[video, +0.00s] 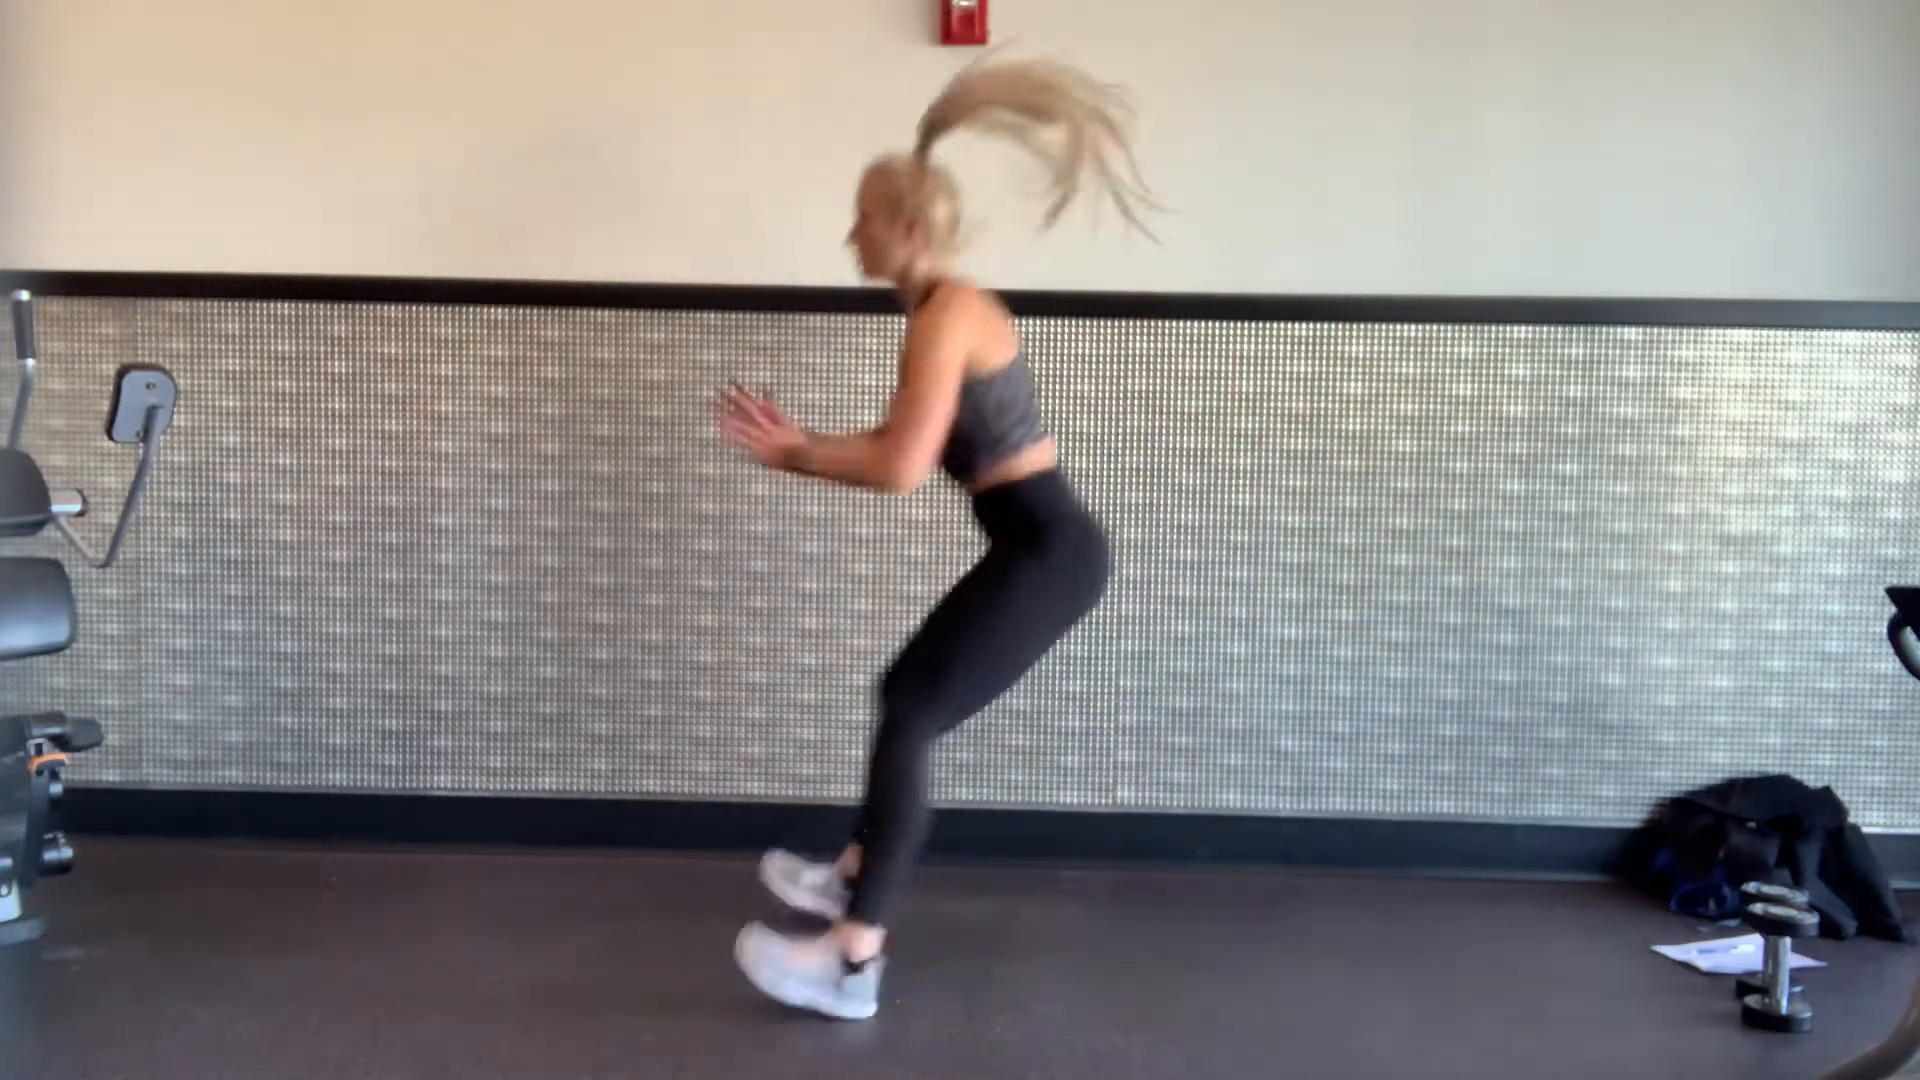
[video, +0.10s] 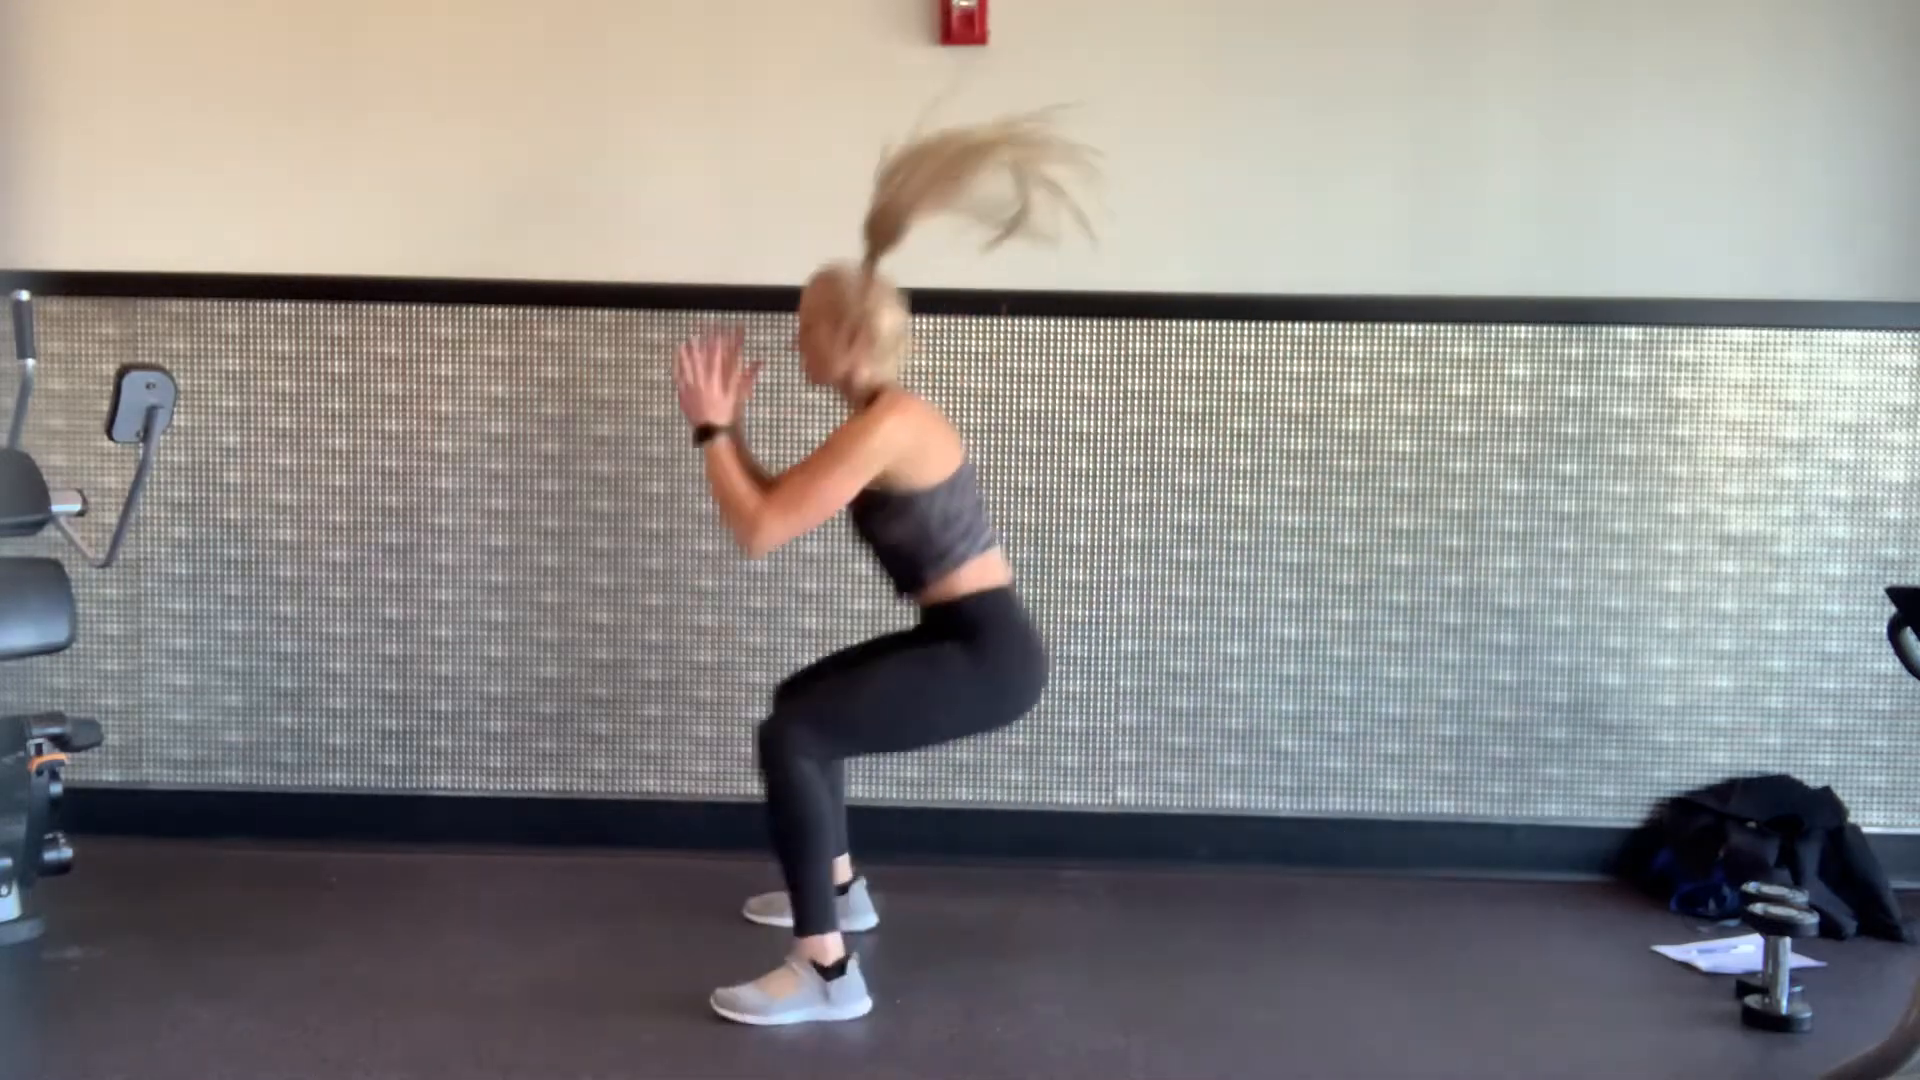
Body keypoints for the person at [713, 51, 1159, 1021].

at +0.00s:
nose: (853, 233)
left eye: (864, 219)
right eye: (857, 217)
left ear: (904, 231)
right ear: (917, 228)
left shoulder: (947, 316)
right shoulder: (947, 309)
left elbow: (902, 469)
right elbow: (901, 448)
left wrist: (793, 453)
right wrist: (802, 444)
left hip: (1051, 553)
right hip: (1035, 545)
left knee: (913, 712)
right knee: (904, 695)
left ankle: (857, 952)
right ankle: (854, 878)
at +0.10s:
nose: (797, 344)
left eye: (807, 329)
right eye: (801, 328)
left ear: (845, 338)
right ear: (866, 336)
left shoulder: (887, 423)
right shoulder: (885, 414)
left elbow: (759, 531)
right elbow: (773, 512)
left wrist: (709, 431)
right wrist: (726, 428)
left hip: (988, 655)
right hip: (970, 640)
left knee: (795, 733)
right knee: (798, 707)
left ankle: (824, 967)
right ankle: (837, 886)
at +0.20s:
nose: (739, 405)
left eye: (753, 395)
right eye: (745, 390)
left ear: (788, 418)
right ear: (806, 416)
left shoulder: (825, 493)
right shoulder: (830, 483)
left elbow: (681, 575)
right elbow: (699, 561)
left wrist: (673, 465)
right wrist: (683, 465)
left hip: (943, 717)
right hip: (924, 697)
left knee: (744, 751)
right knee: (757, 708)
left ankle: (823, 972)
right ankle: (831, 888)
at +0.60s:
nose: (642, 405)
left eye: (654, 394)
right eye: (646, 391)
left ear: (694, 410)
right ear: (710, 409)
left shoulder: (733, 489)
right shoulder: (755, 473)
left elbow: (660, 639)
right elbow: (672, 604)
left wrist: (579, 565)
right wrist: (606, 546)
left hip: (909, 672)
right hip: (896, 655)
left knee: (716, 760)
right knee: (737, 715)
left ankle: (820, 965)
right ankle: (835, 890)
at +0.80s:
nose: (664, 303)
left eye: (679, 291)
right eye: (671, 289)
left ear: (721, 311)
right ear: (741, 310)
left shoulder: (754, 409)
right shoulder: (784, 387)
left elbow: (769, 567)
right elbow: (789, 532)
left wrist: (691, 652)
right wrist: (699, 563)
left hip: (887, 618)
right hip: (886, 606)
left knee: (711, 764)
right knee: (745, 730)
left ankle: (820, 965)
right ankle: (831, 888)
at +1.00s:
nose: (743, 195)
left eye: (757, 182)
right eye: (749, 180)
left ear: (800, 196)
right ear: (822, 197)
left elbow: (702, 422)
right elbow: (947, 408)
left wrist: (638, 342)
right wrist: (976, 517)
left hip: (873, 555)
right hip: (867, 540)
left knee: (738, 748)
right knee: (696, 595)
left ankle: (820, 963)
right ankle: (800, 762)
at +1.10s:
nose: (789, 135)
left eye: (803, 123)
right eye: (796, 120)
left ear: (842, 139)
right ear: (869, 141)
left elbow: (696, 316)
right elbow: (995, 331)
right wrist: (1023, 442)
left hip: (875, 501)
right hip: (877, 490)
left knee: (788, 719)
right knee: (693, 532)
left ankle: (820, 957)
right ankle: (834, 691)